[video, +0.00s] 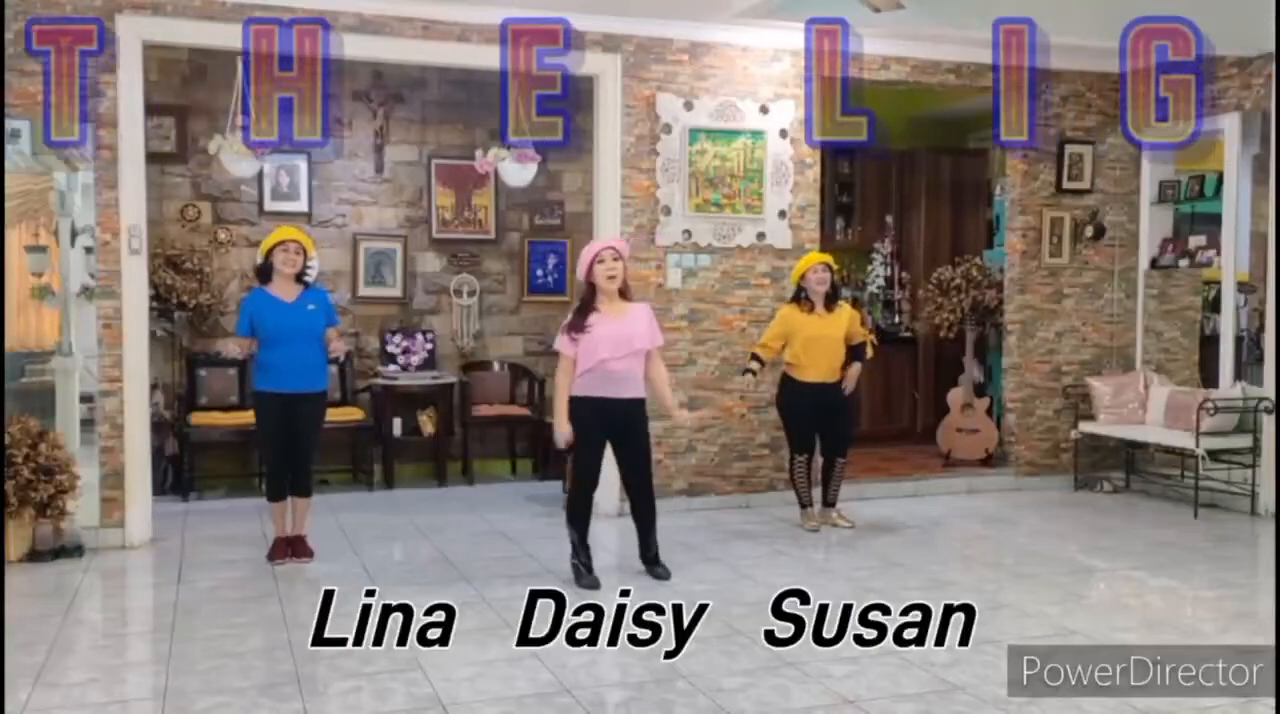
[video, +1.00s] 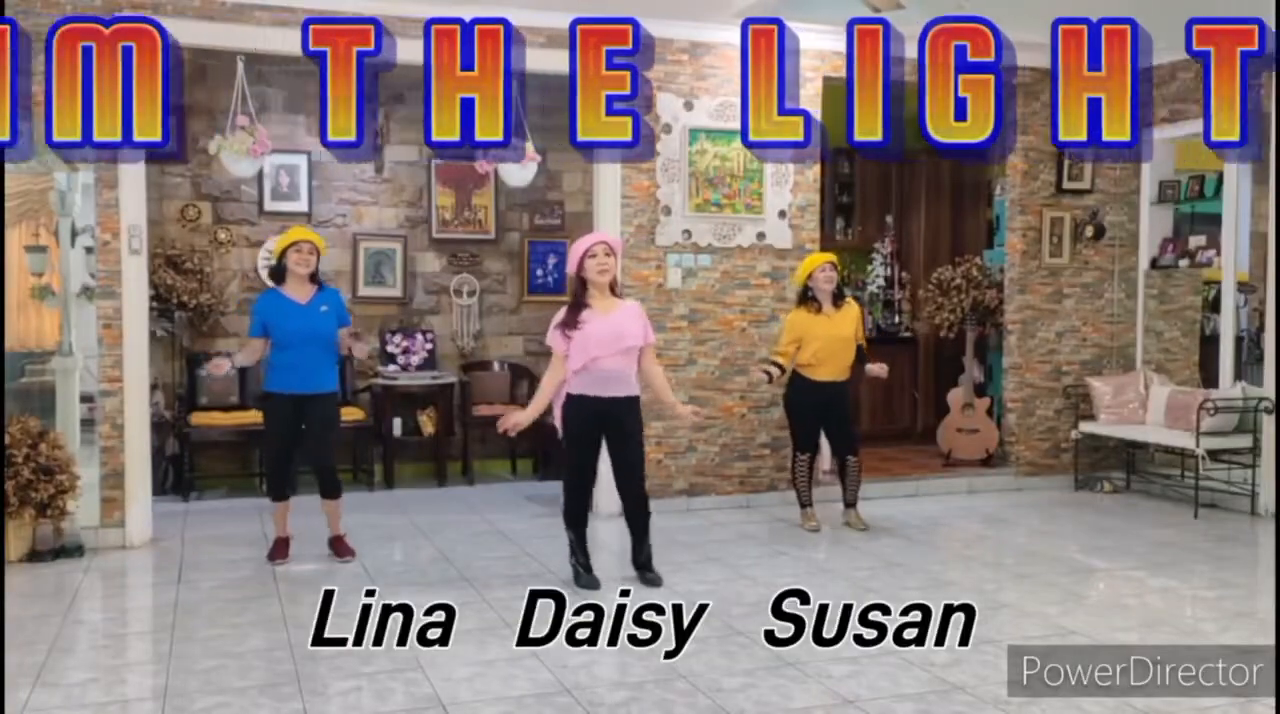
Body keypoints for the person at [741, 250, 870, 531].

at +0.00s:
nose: (820, 276)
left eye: (825, 270)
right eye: (814, 271)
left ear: (832, 278)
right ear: (802, 280)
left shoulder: (845, 313)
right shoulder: (790, 313)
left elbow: (861, 342)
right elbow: (767, 345)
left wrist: (856, 367)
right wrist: (752, 368)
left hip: (833, 390)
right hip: (796, 389)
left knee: (837, 450)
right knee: (802, 450)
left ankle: (830, 508)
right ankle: (807, 510)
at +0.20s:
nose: (820, 275)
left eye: (824, 270)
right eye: (814, 271)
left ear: (832, 277)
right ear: (802, 279)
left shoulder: (844, 313)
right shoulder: (788, 313)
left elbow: (858, 340)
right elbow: (764, 338)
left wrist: (861, 353)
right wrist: (747, 351)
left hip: (830, 389)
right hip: (795, 389)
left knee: (841, 450)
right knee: (801, 450)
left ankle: (829, 508)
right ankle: (807, 510)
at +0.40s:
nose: (819, 274)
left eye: (823, 270)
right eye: (812, 271)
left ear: (831, 277)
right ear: (801, 280)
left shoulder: (844, 311)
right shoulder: (788, 313)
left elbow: (857, 342)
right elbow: (763, 341)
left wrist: (857, 357)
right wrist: (743, 345)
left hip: (831, 389)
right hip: (796, 389)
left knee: (837, 448)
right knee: (801, 449)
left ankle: (824, 507)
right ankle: (806, 509)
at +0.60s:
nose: (820, 276)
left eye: (824, 270)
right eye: (812, 272)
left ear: (830, 277)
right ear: (801, 281)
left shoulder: (845, 311)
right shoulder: (788, 315)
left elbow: (857, 343)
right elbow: (765, 344)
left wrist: (855, 358)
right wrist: (744, 351)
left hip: (831, 390)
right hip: (796, 389)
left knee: (843, 451)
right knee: (801, 449)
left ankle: (826, 506)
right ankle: (806, 510)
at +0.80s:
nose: (823, 274)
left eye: (826, 270)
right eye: (816, 271)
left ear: (833, 277)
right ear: (803, 281)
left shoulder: (846, 309)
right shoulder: (792, 315)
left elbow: (857, 340)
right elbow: (772, 351)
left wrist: (865, 358)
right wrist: (748, 359)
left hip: (833, 389)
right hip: (798, 389)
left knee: (847, 447)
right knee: (801, 449)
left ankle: (844, 504)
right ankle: (806, 509)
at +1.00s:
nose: (828, 275)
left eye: (832, 270)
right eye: (821, 271)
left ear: (838, 277)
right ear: (809, 281)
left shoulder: (851, 310)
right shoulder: (799, 316)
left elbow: (859, 345)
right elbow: (783, 355)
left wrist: (867, 365)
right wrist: (769, 372)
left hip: (837, 389)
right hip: (803, 388)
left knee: (849, 451)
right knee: (805, 449)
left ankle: (851, 509)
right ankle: (807, 509)